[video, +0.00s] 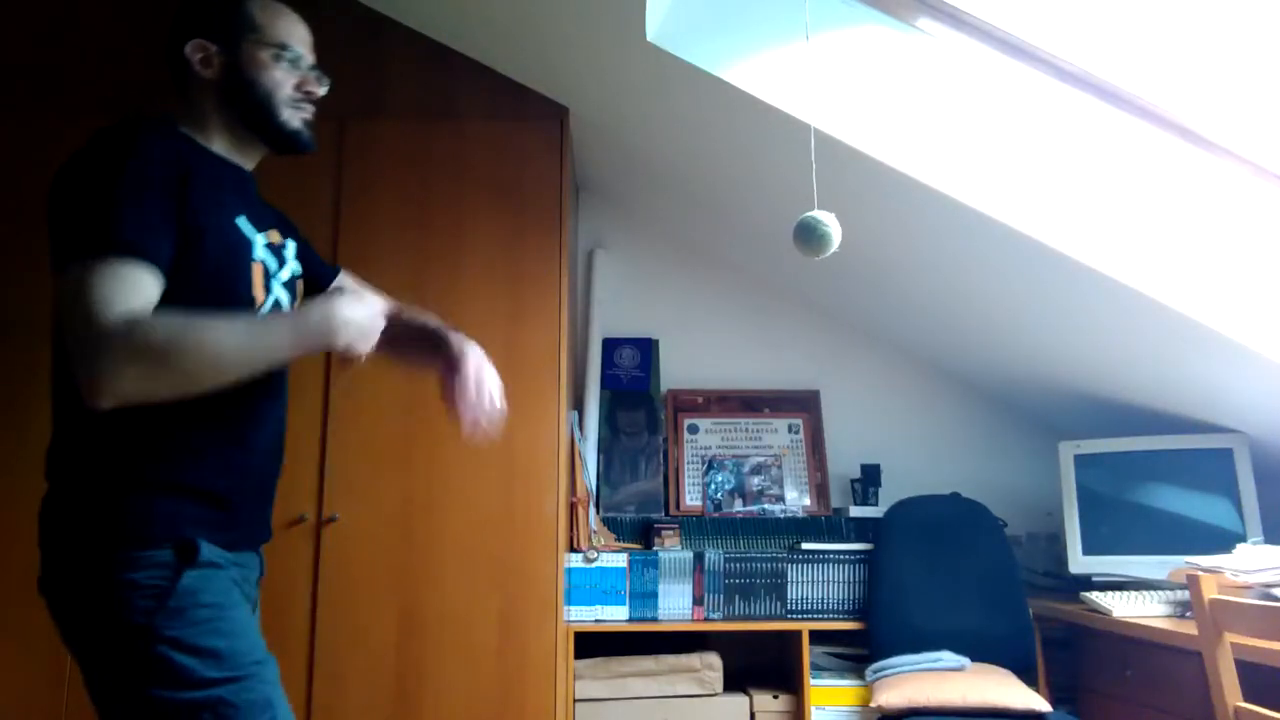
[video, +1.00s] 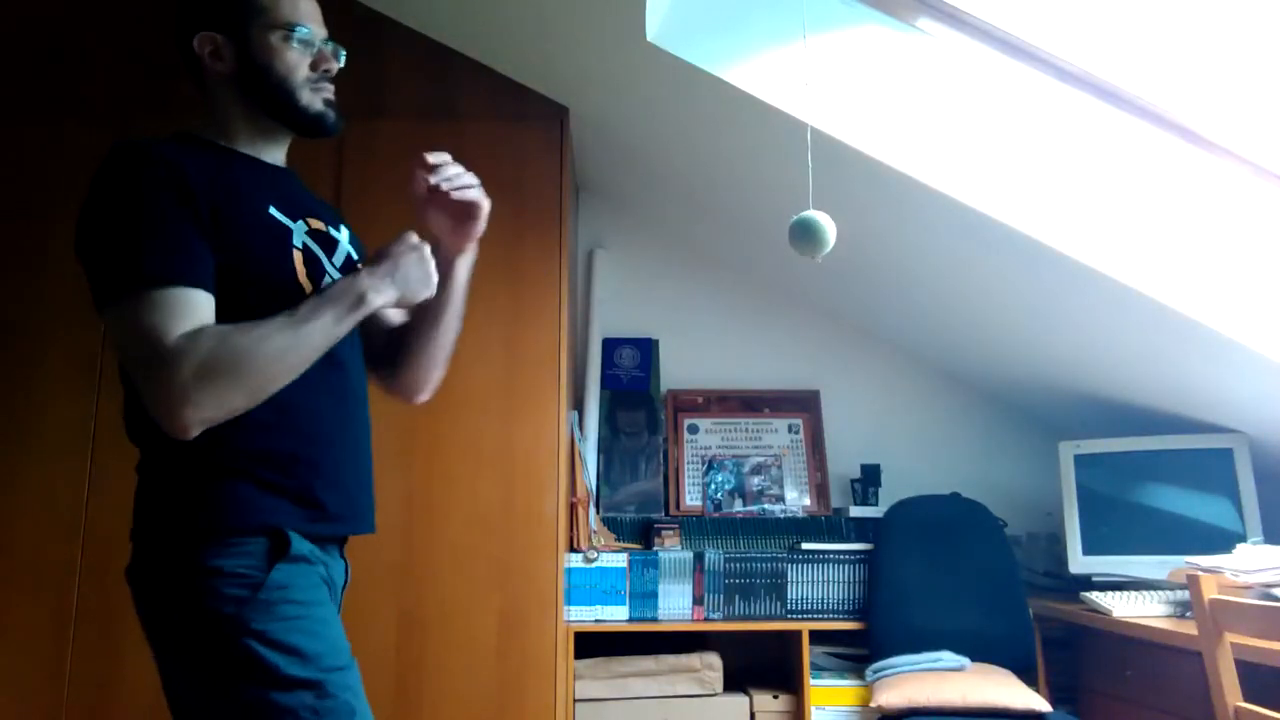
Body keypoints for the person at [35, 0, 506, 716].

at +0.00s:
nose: (314, 83)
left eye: (313, 69)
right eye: (285, 58)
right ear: (208, 61)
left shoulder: (258, 217)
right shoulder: (134, 162)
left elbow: (356, 305)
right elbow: (109, 361)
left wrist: (446, 346)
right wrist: (313, 325)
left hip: (221, 557)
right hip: (150, 558)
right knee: (253, 705)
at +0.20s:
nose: (274, 87)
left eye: (273, 74)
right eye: (245, 64)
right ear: (166, 69)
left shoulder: (254, 242)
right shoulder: (89, 181)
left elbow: (272, 421)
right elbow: (104, 375)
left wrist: (391, 339)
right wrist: (329, 382)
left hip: (225, 565)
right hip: (140, 563)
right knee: (242, 708)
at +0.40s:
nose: (268, 86)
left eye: (266, 72)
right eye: (235, 63)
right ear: (157, 73)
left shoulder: (253, 236)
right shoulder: (75, 189)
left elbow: (314, 399)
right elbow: (108, 369)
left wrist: (395, 358)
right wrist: (313, 306)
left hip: (249, 576)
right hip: (152, 578)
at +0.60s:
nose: (287, 66)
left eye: (286, 52)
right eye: (256, 44)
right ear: (176, 56)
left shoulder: (279, 218)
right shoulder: (94, 174)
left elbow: (339, 390)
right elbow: (87, 367)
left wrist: (406, 274)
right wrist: (268, 257)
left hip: (269, 562)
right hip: (177, 563)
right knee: (262, 708)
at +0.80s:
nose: (314, 74)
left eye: (311, 59)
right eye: (283, 50)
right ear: (203, 64)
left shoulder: (278, 222)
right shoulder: (136, 172)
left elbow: (393, 374)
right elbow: (203, 338)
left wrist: (427, 268)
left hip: (287, 570)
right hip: (214, 572)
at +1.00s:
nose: (332, 57)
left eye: (328, 41)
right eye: (298, 35)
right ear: (217, 54)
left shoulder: (318, 217)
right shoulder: (156, 176)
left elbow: (410, 377)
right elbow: (181, 393)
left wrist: (453, 255)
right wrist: (369, 287)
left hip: (307, 563)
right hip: (233, 562)